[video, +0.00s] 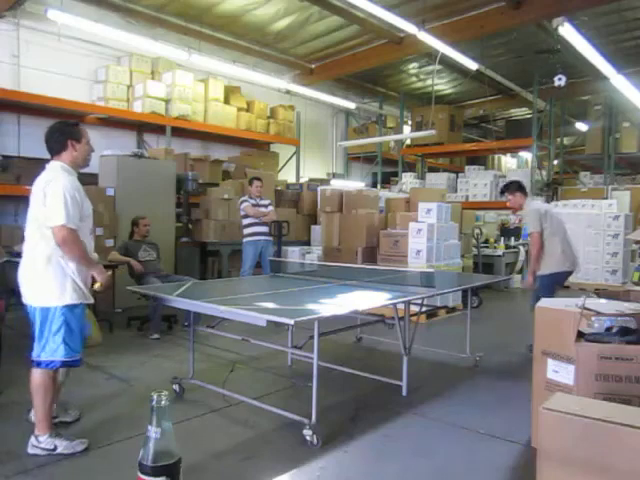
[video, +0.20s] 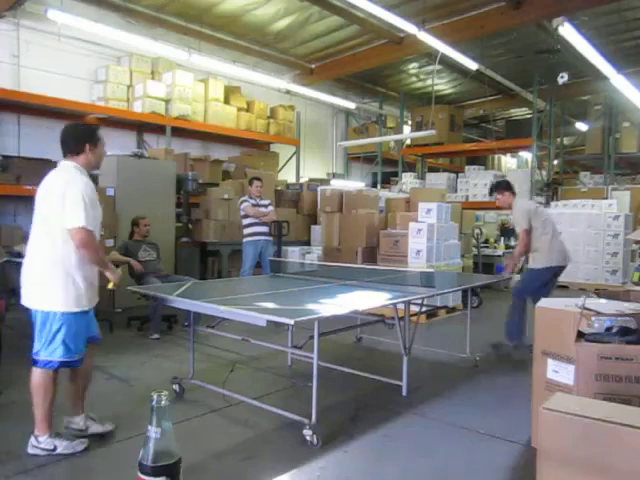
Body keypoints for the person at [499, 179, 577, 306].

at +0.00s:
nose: (508, 204)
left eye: (509, 199)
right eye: (507, 200)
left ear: (519, 195)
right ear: (520, 195)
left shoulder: (532, 210)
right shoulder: (539, 207)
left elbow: (536, 244)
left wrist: (531, 273)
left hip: (554, 266)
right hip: (563, 263)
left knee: (538, 307)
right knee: (541, 306)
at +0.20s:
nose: (498, 203)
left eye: (498, 199)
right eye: (496, 199)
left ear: (507, 194)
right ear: (509, 194)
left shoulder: (520, 207)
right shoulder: (526, 205)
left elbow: (524, 243)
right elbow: (526, 242)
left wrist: (513, 263)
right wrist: (514, 259)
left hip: (545, 259)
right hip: (558, 258)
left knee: (519, 292)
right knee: (538, 296)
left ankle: (513, 338)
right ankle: (548, 338)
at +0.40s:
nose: (484, 206)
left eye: (484, 202)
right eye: (482, 203)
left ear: (493, 198)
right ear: (496, 198)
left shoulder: (506, 211)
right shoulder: (513, 209)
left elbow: (506, 249)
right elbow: (512, 251)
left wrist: (485, 262)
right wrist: (490, 261)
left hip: (528, 265)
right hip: (542, 264)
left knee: (502, 298)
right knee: (526, 300)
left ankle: (486, 337)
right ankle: (540, 338)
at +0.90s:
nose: (493, 193)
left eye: (496, 188)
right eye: (493, 188)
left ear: (508, 188)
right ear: (510, 189)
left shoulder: (509, 207)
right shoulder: (525, 206)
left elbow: (507, 238)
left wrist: (485, 254)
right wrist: (493, 249)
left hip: (519, 265)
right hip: (537, 265)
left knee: (494, 293)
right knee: (541, 307)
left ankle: (485, 335)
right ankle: (551, 341)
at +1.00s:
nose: (507, 194)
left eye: (510, 189)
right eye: (507, 189)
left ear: (521, 190)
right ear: (523, 190)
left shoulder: (521, 209)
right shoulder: (537, 208)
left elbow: (519, 239)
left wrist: (499, 254)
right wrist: (506, 250)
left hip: (528, 268)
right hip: (546, 268)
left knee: (500, 295)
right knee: (546, 312)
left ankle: (485, 336)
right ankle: (549, 347)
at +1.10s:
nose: (521, 194)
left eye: (524, 190)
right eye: (521, 190)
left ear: (535, 190)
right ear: (537, 191)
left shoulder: (536, 209)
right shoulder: (550, 209)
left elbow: (536, 240)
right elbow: (547, 240)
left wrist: (516, 255)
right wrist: (527, 247)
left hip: (544, 270)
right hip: (559, 269)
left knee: (516, 302)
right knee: (560, 312)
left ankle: (490, 334)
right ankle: (564, 346)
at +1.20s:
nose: (531, 192)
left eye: (533, 188)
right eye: (530, 188)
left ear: (545, 187)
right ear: (547, 189)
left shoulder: (547, 207)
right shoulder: (560, 207)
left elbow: (549, 237)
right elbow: (557, 239)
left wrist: (531, 254)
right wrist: (535, 253)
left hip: (556, 267)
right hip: (569, 267)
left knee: (529, 299)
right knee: (566, 310)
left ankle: (504, 335)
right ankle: (567, 345)